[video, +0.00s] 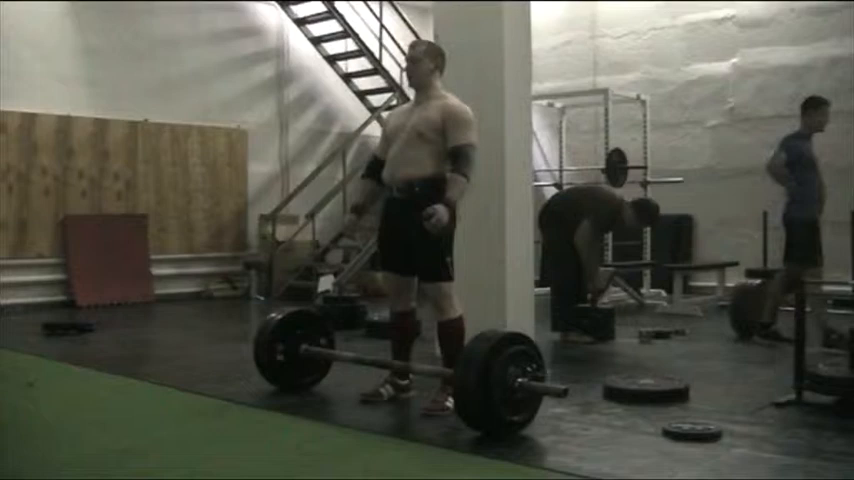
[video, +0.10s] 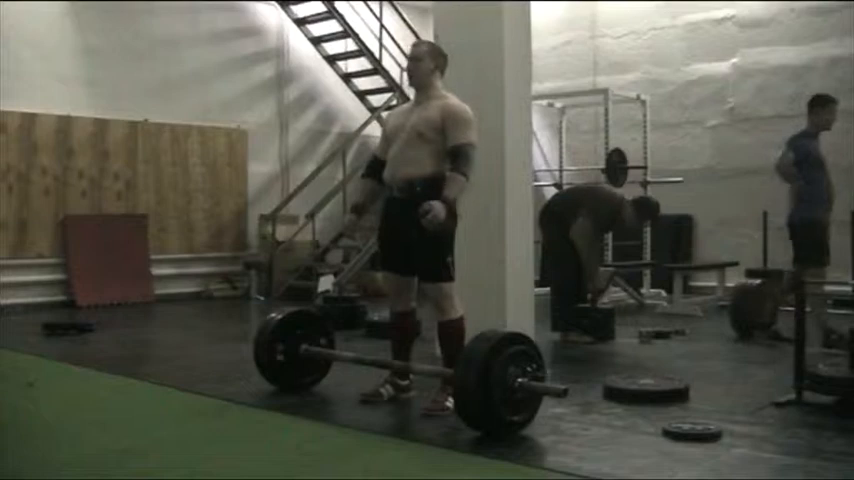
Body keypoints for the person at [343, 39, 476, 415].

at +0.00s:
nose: (407, 65)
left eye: (415, 59)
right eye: (406, 60)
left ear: (435, 65)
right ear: (411, 67)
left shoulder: (453, 110)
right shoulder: (395, 116)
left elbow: (463, 163)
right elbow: (377, 166)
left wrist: (448, 204)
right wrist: (359, 205)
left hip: (432, 200)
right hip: (396, 203)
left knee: (440, 294)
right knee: (398, 293)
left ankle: (451, 386)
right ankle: (399, 379)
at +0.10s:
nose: (408, 65)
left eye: (416, 59)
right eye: (408, 60)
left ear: (437, 66)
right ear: (410, 67)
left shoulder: (453, 110)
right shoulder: (395, 117)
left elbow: (463, 162)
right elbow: (376, 166)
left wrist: (446, 202)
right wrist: (358, 205)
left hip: (432, 201)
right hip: (396, 204)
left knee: (441, 294)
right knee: (398, 293)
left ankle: (451, 386)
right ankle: (399, 379)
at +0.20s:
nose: (408, 63)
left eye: (417, 58)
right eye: (408, 58)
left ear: (437, 67)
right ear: (411, 67)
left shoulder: (453, 110)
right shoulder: (395, 117)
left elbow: (461, 162)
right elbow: (377, 167)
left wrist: (445, 201)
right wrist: (358, 206)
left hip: (434, 202)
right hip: (397, 204)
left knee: (445, 294)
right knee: (400, 293)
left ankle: (452, 386)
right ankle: (400, 379)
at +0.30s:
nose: (409, 63)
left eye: (417, 57)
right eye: (408, 57)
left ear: (437, 67)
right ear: (411, 67)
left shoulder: (452, 110)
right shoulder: (396, 116)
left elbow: (462, 162)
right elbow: (378, 166)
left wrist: (446, 200)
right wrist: (360, 204)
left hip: (434, 201)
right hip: (398, 203)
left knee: (445, 295)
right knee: (400, 293)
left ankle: (452, 387)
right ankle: (400, 380)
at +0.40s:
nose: (407, 62)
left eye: (415, 57)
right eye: (407, 56)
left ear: (436, 66)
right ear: (407, 66)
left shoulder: (452, 110)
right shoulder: (396, 117)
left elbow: (468, 162)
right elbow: (379, 169)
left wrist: (453, 197)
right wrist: (361, 210)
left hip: (436, 201)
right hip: (399, 203)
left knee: (445, 295)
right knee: (400, 293)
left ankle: (452, 386)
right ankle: (399, 379)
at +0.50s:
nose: (405, 60)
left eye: (413, 55)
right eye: (405, 55)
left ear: (433, 66)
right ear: (407, 65)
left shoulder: (452, 107)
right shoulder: (398, 114)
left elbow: (475, 155)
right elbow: (381, 165)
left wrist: (460, 192)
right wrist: (365, 207)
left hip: (436, 201)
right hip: (399, 203)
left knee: (444, 294)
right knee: (401, 292)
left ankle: (451, 386)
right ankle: (400, 379)